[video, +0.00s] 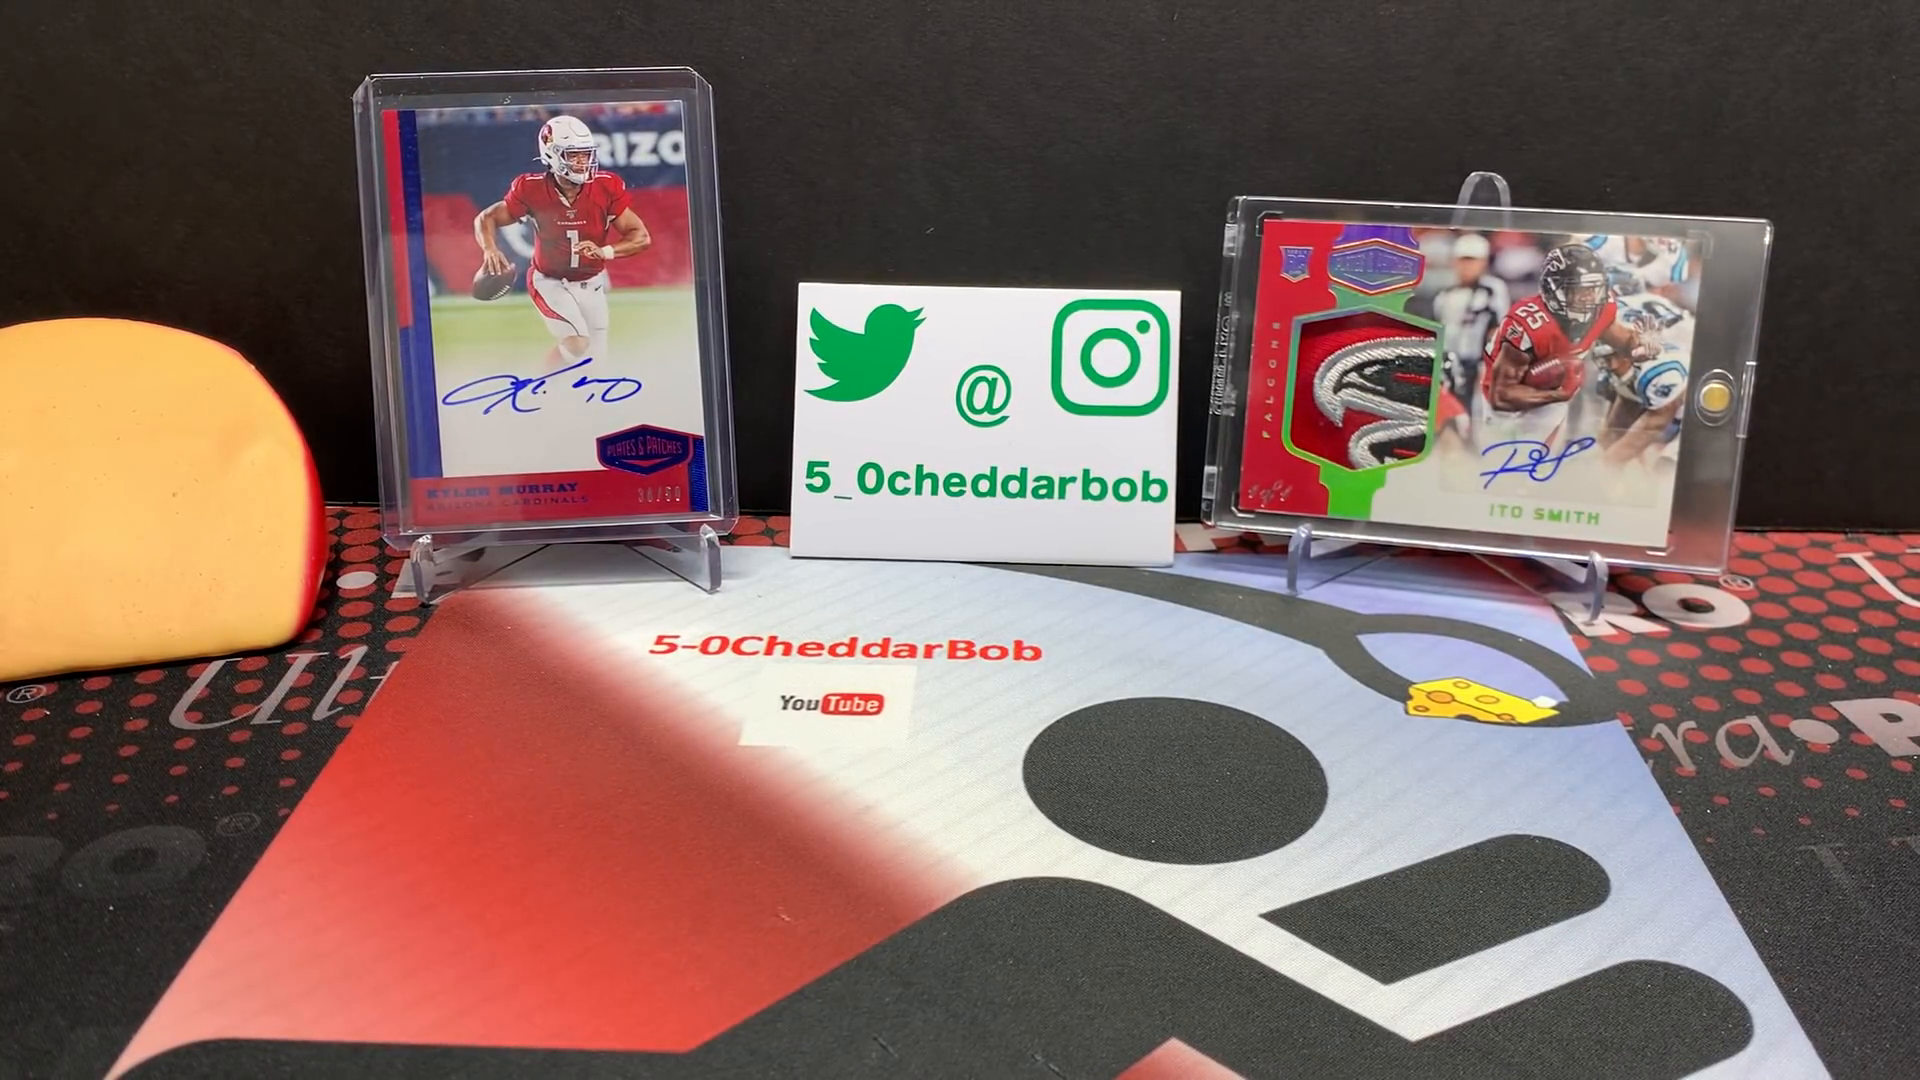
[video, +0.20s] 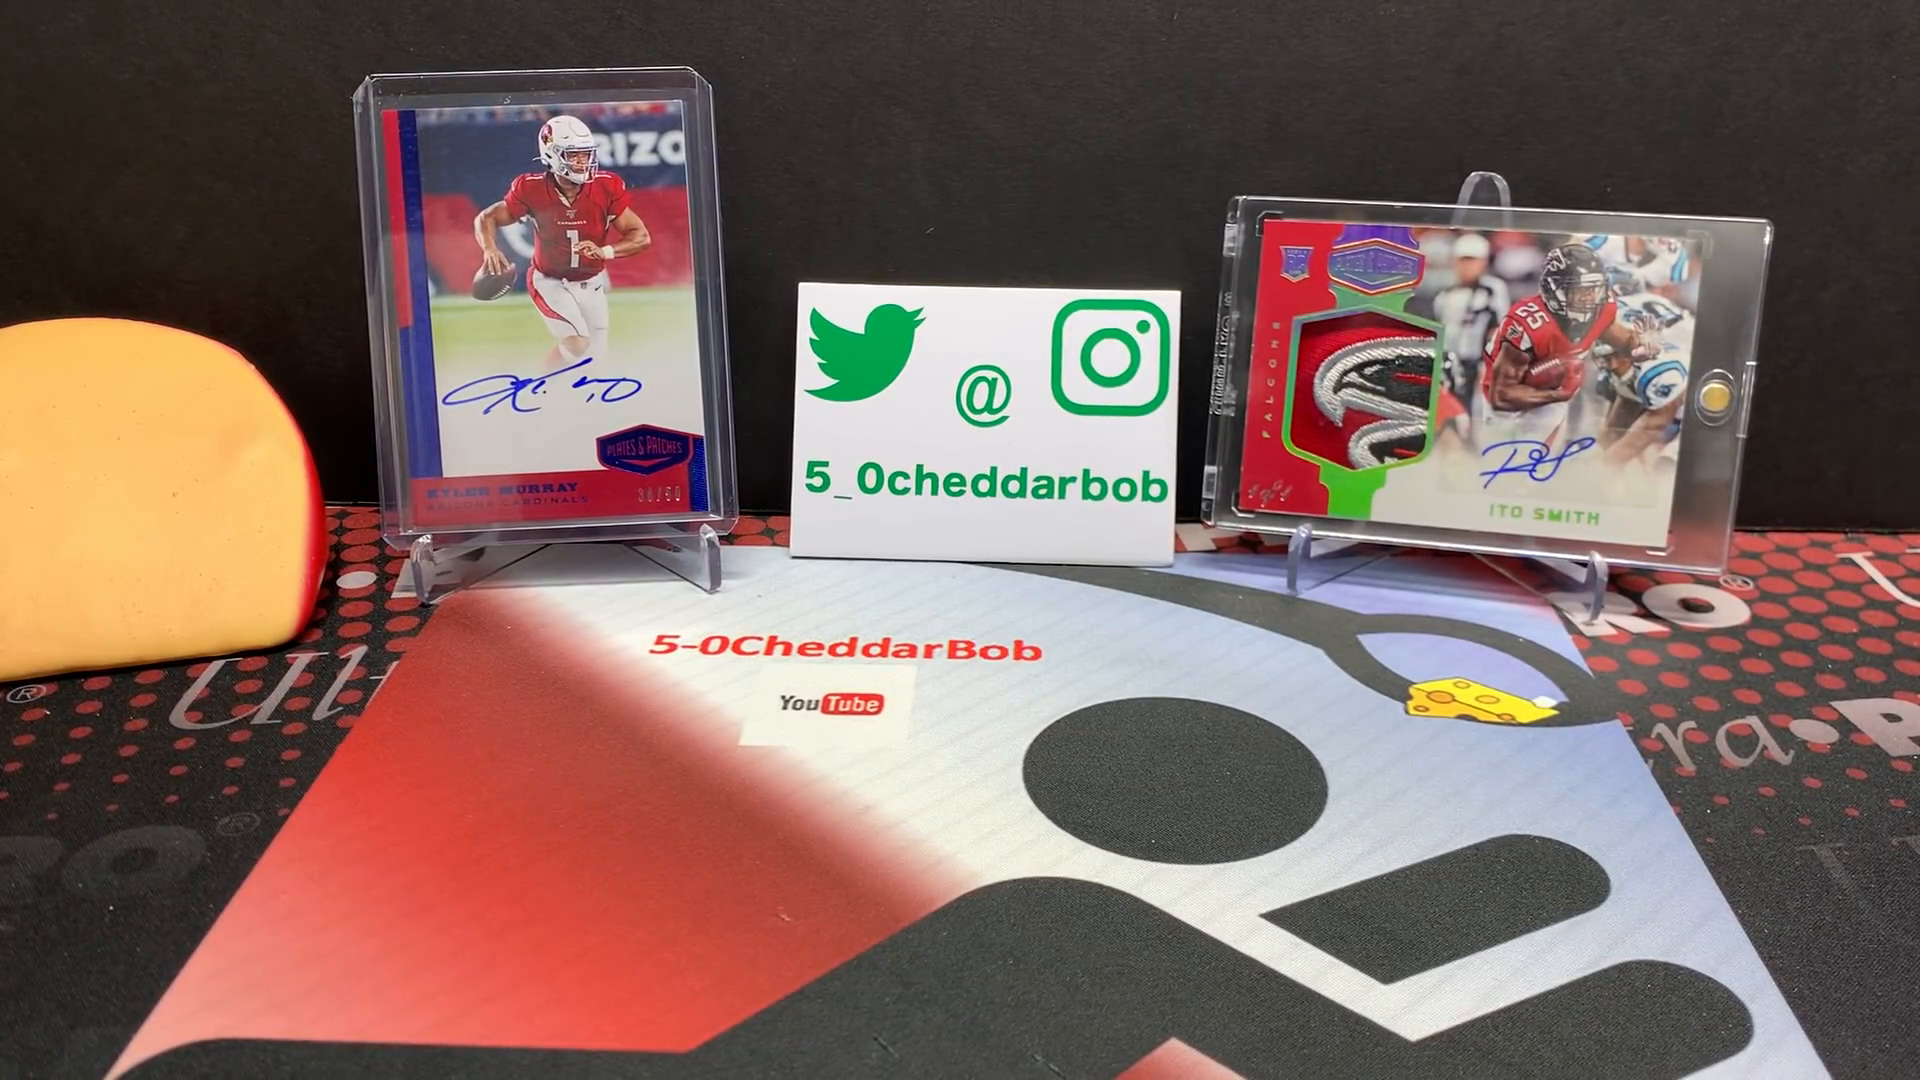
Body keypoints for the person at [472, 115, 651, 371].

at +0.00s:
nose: (580, 162)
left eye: (585, 155)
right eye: (573, 156)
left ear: (592, 154)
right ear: (552, 155)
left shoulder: (607, 187)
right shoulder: (530, 189)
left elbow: (641, 237)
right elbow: (484, 219)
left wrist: (605, 252)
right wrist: (490, 249)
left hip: (591, 282)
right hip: (549, 280)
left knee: (596, 362)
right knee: (576, 343)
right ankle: (534, 391)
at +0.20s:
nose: (581, 162)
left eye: (585, 155)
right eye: (573, 156)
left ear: (592, 154)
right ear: (552, 155)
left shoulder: (607, 187)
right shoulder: (530, 189)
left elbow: (641, 237)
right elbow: (484, 219)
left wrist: (605, 252)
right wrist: (490, 249)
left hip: (591, 282)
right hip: (548, 280)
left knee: (596, 360)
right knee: (576, 343)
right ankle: (533, 391)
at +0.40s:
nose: (580, 162)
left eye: (585, 155)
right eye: (573, 156)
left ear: (592, 154)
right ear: (552, 155)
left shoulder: (606, 187)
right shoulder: (530, 189)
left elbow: (641, 237)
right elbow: (484, 219)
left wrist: (605, 252)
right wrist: (490, 249)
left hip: (591, 282)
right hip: (549, 280)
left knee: (596, 360)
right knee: (576, 344)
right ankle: (533, 391)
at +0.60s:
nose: (580, 162)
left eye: (585, 155)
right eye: (572, 156)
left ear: (592, 154)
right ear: (552, 155)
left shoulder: (607, 187)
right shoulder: (530, 189)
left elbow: (641, 237)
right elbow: (484, 219)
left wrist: (605, 252)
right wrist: (490, 249)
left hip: (591, 282)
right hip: (549, 280)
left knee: (596, 360)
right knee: (576, 344)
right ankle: (533, 391)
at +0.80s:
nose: (580, 162)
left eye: (585, 155)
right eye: (572, 156)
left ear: (592, 154)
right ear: (552, 155)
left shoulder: (607, 187)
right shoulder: (530, 189)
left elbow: (641, 237)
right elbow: (484, 219)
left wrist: (605, 252)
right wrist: (490, 249)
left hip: (591, 282)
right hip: (548, 280)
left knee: (595, 361)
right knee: (576, 343)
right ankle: (533, 391)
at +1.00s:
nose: (580, 162)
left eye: (585, 155)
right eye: (572, 156)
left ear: (592, 154)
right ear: (552, 155)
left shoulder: (607, 186)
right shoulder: (530, 189)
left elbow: (641, 237)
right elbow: (484, 219)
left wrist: (605, 252)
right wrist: (490, 249)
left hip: (591, 282)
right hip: (548, 280)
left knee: (595, 361)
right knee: (576, 343)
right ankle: (533, 391)